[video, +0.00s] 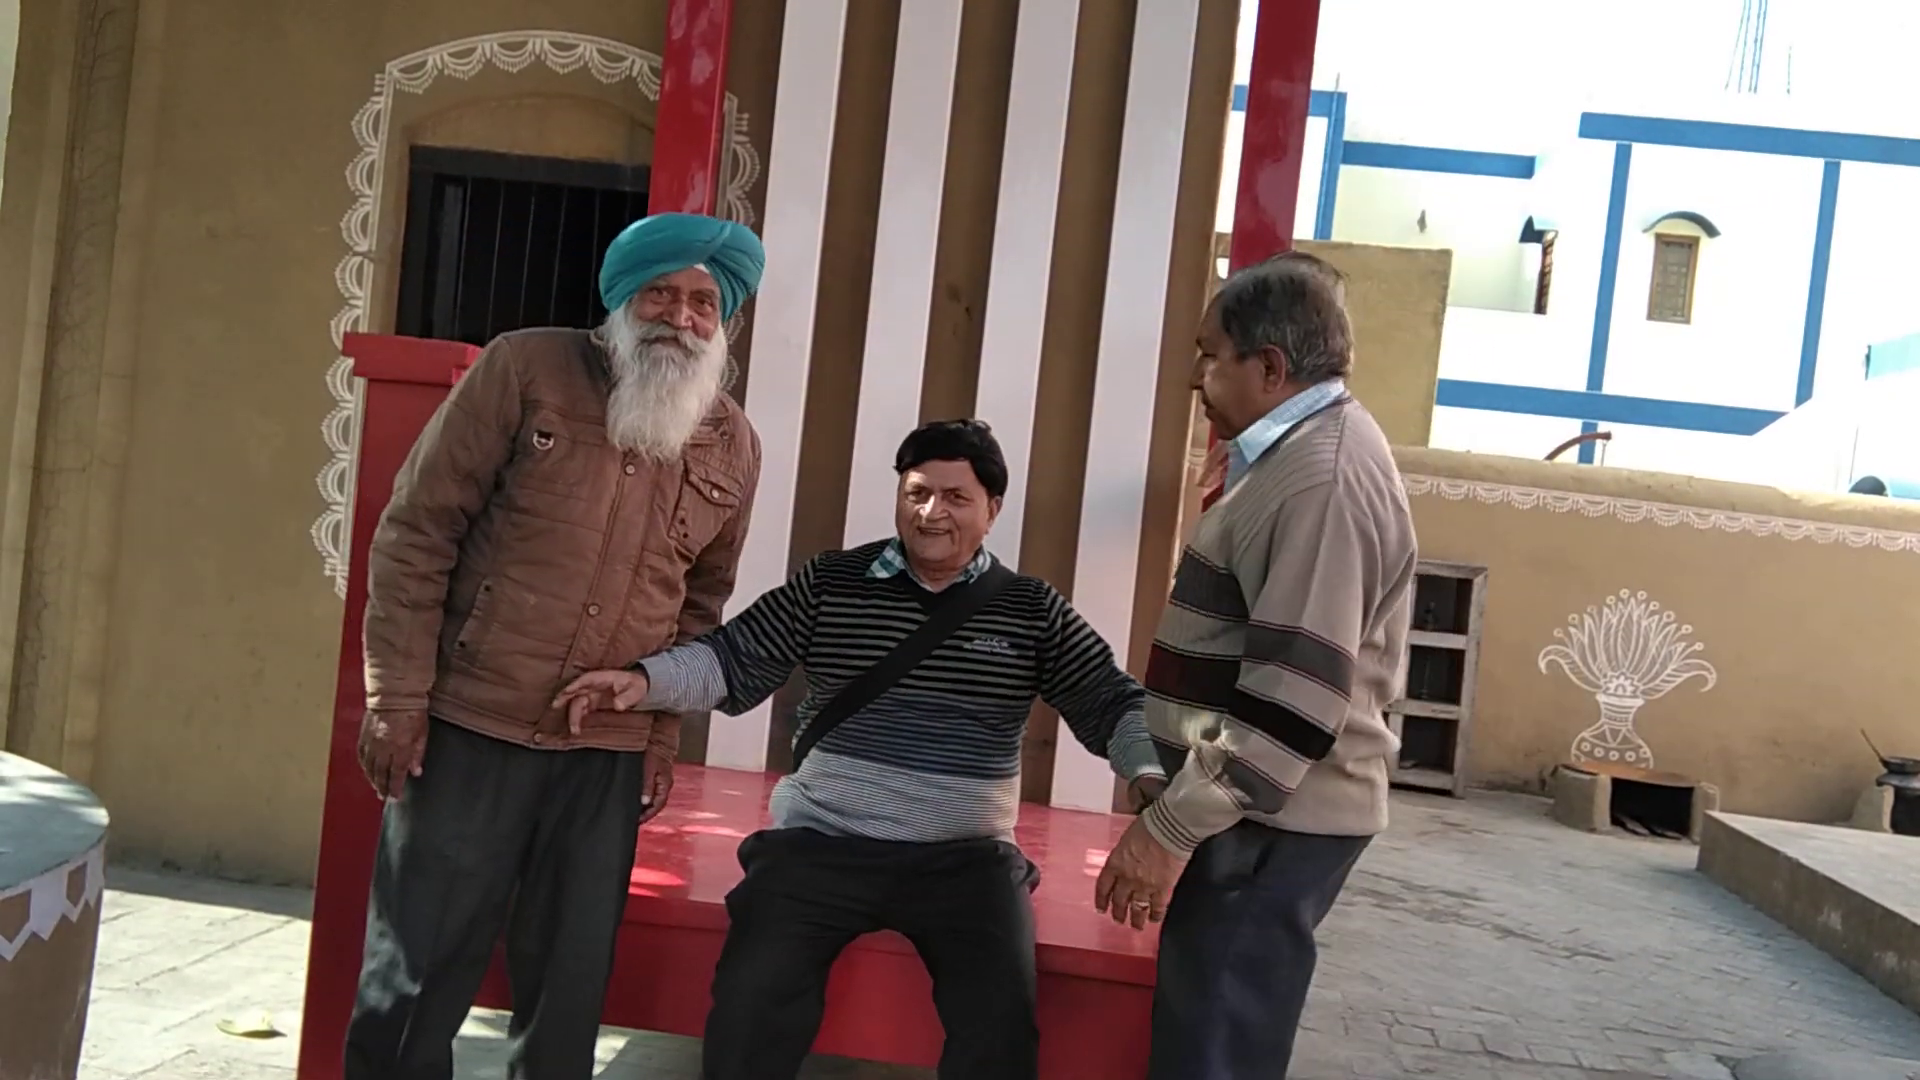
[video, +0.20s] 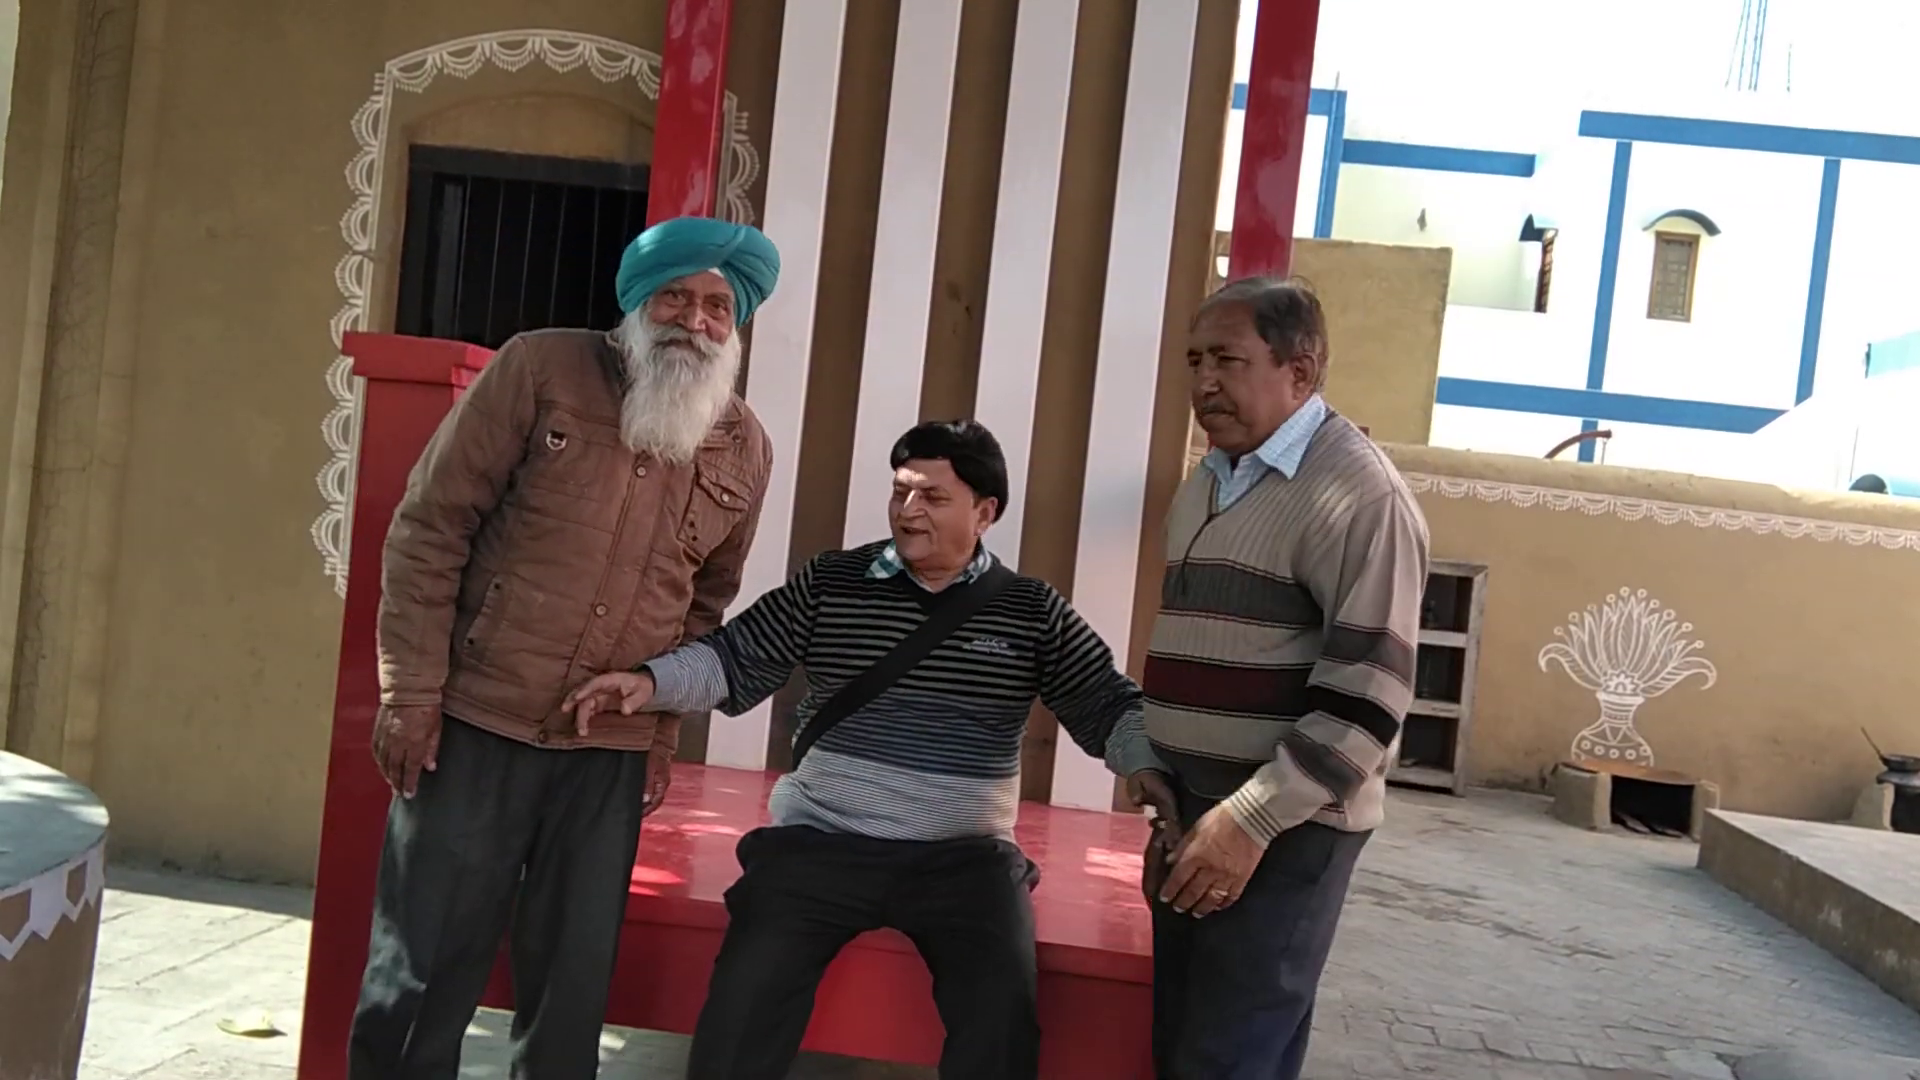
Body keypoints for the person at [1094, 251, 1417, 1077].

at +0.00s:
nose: (1198, 378)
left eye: (1213, 358)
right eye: (1202, 357)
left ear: (1272, 368)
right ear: (1275, 368)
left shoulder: (1324, 477)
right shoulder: (1294, 455)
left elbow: (1297, 705)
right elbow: (1234, 651)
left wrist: (1170, 827)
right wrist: (1156, 771)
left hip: (1275, 826)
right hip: (1248, 816)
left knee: (1213, 1048)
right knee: (1204, 1042)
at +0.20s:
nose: (1203, 382)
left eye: (1225, 359)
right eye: (1195, 361)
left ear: (1299, 367)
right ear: (1186, 369)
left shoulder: (1367, 500)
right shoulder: (1204, 481)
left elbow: (1364, 707)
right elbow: (1179, 650)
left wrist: (1249, 820)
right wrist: (1151, 768)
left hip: (1290, 837)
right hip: (1187, 822)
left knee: (1232, 1058)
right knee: (1182, 1051)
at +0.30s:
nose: (1208, 384)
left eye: (1229, 361)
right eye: (1193, 366)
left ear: (1290, 366)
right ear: (1180, 377)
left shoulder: (1362, 490)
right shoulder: (1175, 493)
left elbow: (1399, 685)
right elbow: (1164, 648)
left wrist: (1319, 822)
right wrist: (1142, 762)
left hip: (1293, 826)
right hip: (1187, 813)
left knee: (1252, 1052)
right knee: (1166, 1047)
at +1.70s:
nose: (1256, 385)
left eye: (1277, 362)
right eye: (1238, 368)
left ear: (1329, 369)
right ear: (1223, 382)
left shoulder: (1409, 485)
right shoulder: (1202, 506)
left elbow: (1468, 667)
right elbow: (1178, 669)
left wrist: (1443, 818)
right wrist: (1179, 790)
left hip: (1378, 830)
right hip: (1241, 820)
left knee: (1375, 1066)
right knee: (1208, 1059)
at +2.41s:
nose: (1348, 385)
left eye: (1369, 360)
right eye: (1330, 367)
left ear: (1425, 372)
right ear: (1314, 383)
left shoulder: (1498, 498)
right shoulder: (1285, 508)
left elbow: (1548, 692)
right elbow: (1244, 679)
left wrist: (1498, 840)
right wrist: (1225, 832)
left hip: (1439, 852)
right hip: (1299, 832)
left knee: (1416, 1070)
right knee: (1245, 1061)